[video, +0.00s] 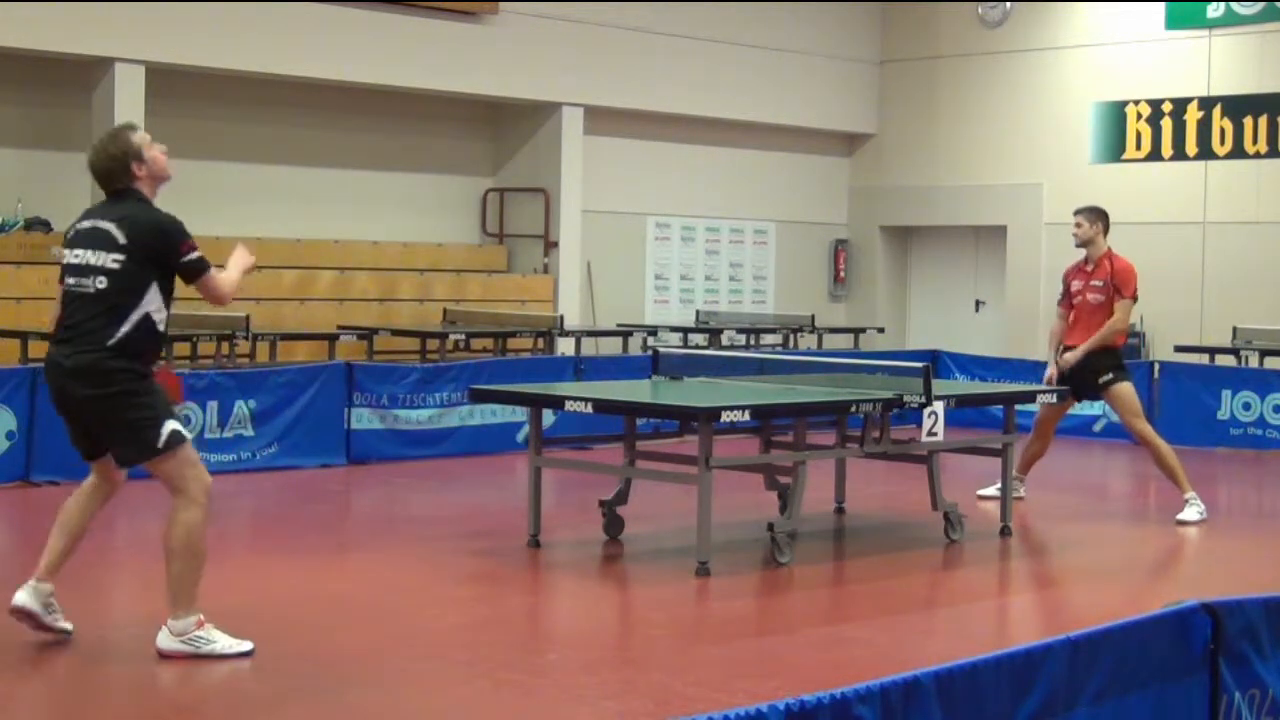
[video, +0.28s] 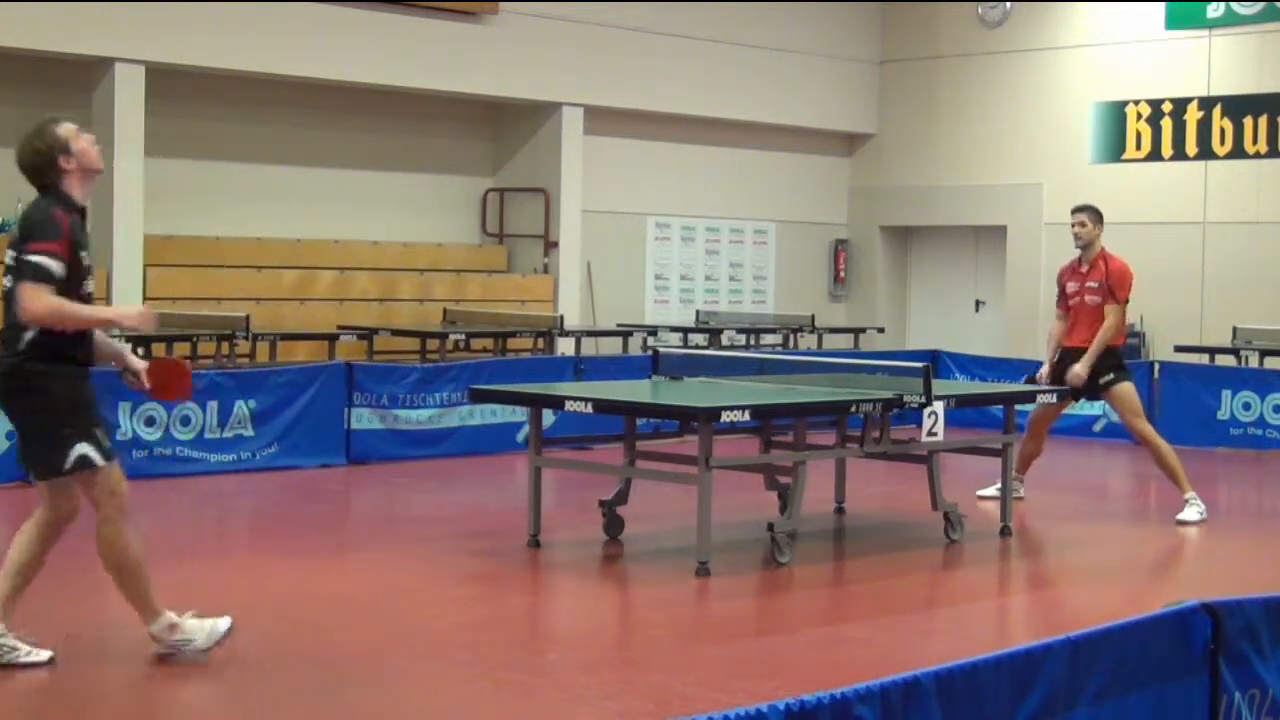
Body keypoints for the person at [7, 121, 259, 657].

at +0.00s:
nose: (163, 151)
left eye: (157, 144)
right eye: (154, 146)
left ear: (117, 173)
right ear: (138, 167)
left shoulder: (84, 223)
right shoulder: (158, 226)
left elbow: (65, 310)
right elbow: (220, 292)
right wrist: (238, 264)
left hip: (65, 371)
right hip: (115, 376)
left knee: (106, 476)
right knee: (193, 486)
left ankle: (38, 588)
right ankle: (183, 625)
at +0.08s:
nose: (143, 146)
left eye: (136, 140)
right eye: (134, 143)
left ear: (104, 168)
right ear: (119, 163)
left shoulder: (74, 218)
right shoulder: (130, 223)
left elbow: (87, 304)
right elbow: (188, 303)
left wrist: (131, 362)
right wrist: (219, 282)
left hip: (61, 372)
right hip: (99, 376)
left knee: (109, 486)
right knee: (174, 484)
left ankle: (24, 581)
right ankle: (182, 624)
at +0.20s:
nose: (113, 143)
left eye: (105, 135)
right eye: (103, 138)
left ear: (76, 167)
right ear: (87, 160)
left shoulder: (59, 217)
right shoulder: (82, 216)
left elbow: (67, 312)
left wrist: (123, 353)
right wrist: (168, 309)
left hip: (50, 378)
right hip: (71, 380)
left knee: (80, 501)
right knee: (137, 489)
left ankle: (1, 609)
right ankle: (175, 625)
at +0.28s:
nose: (95, 142)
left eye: (88, 135)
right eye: (84, 138)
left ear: (67, 163)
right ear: (66, 160)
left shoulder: (69, 219)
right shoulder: (49, 216)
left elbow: (69, 319)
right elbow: (31, 304)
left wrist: (120, 355)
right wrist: (115, 314)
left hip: (47, 378)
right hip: (45, 380)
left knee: (59, 504)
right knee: (110, 492)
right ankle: (161, 627)